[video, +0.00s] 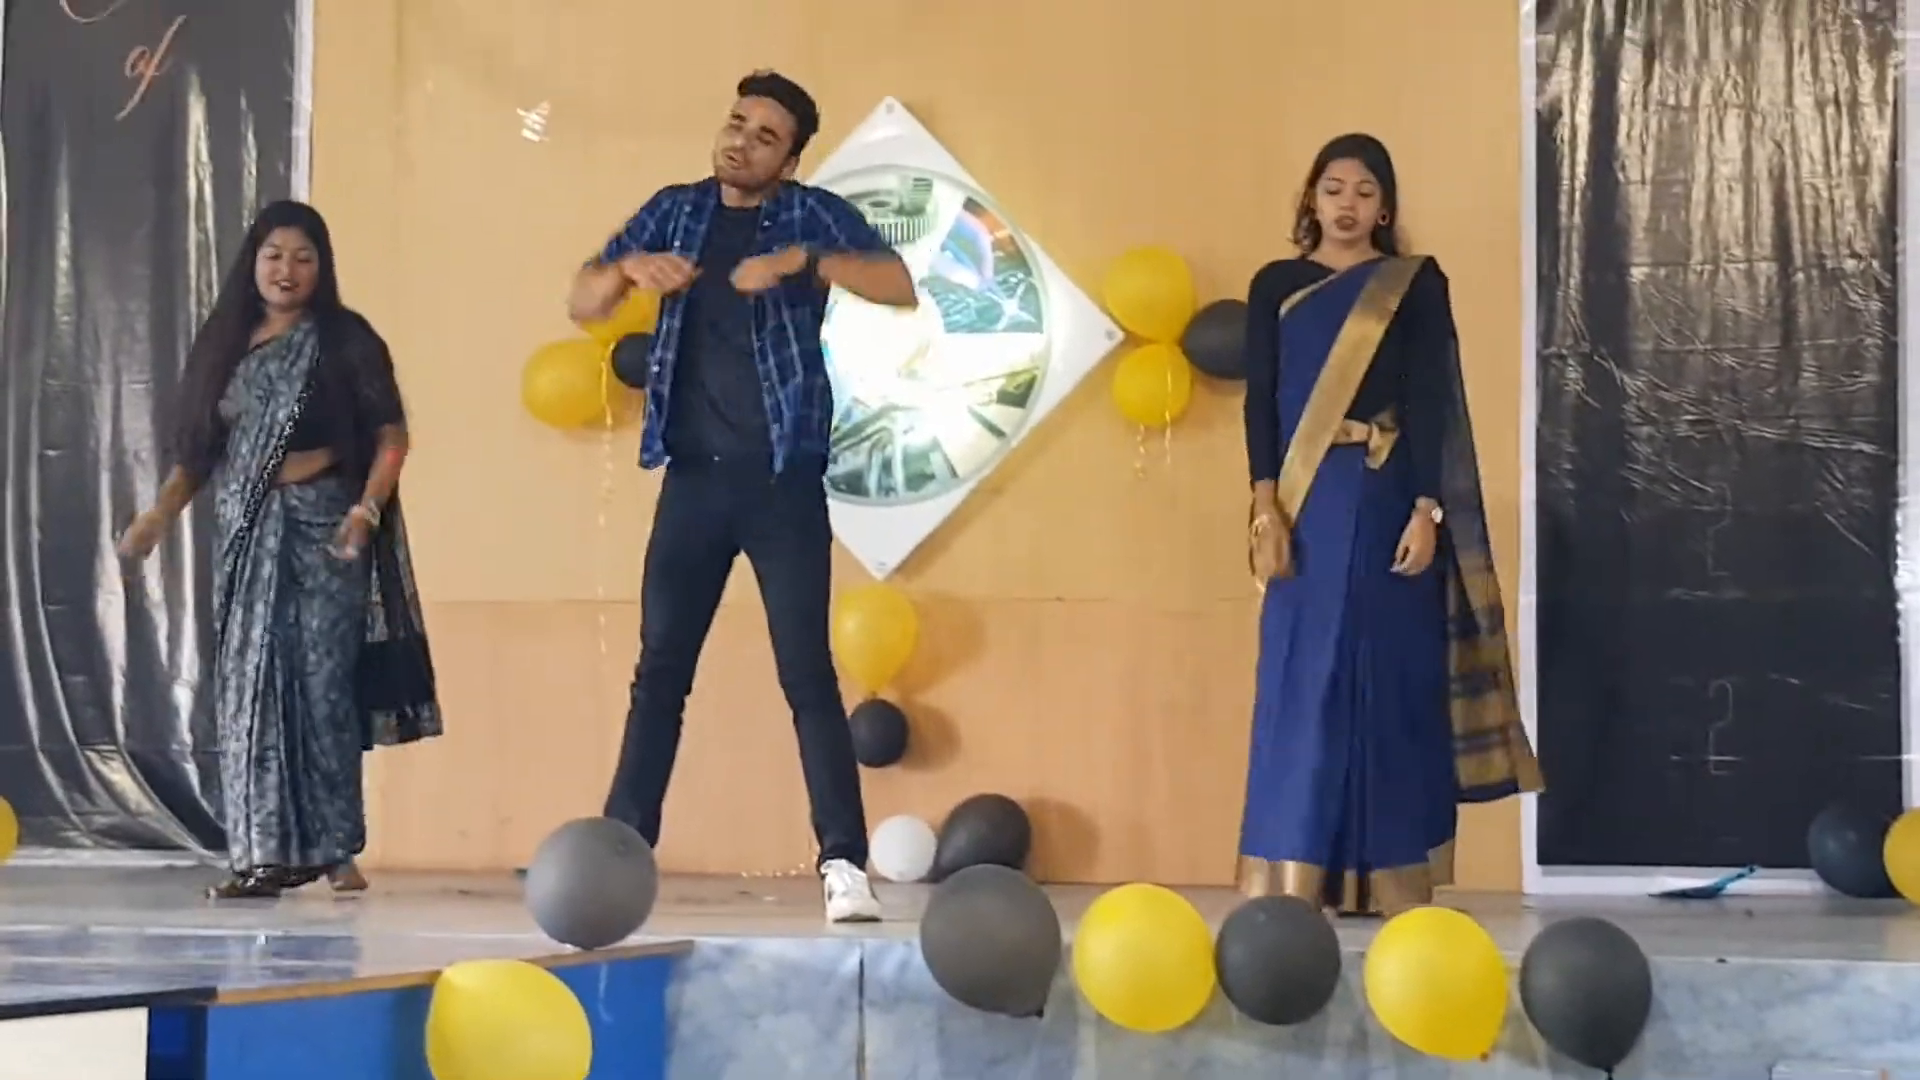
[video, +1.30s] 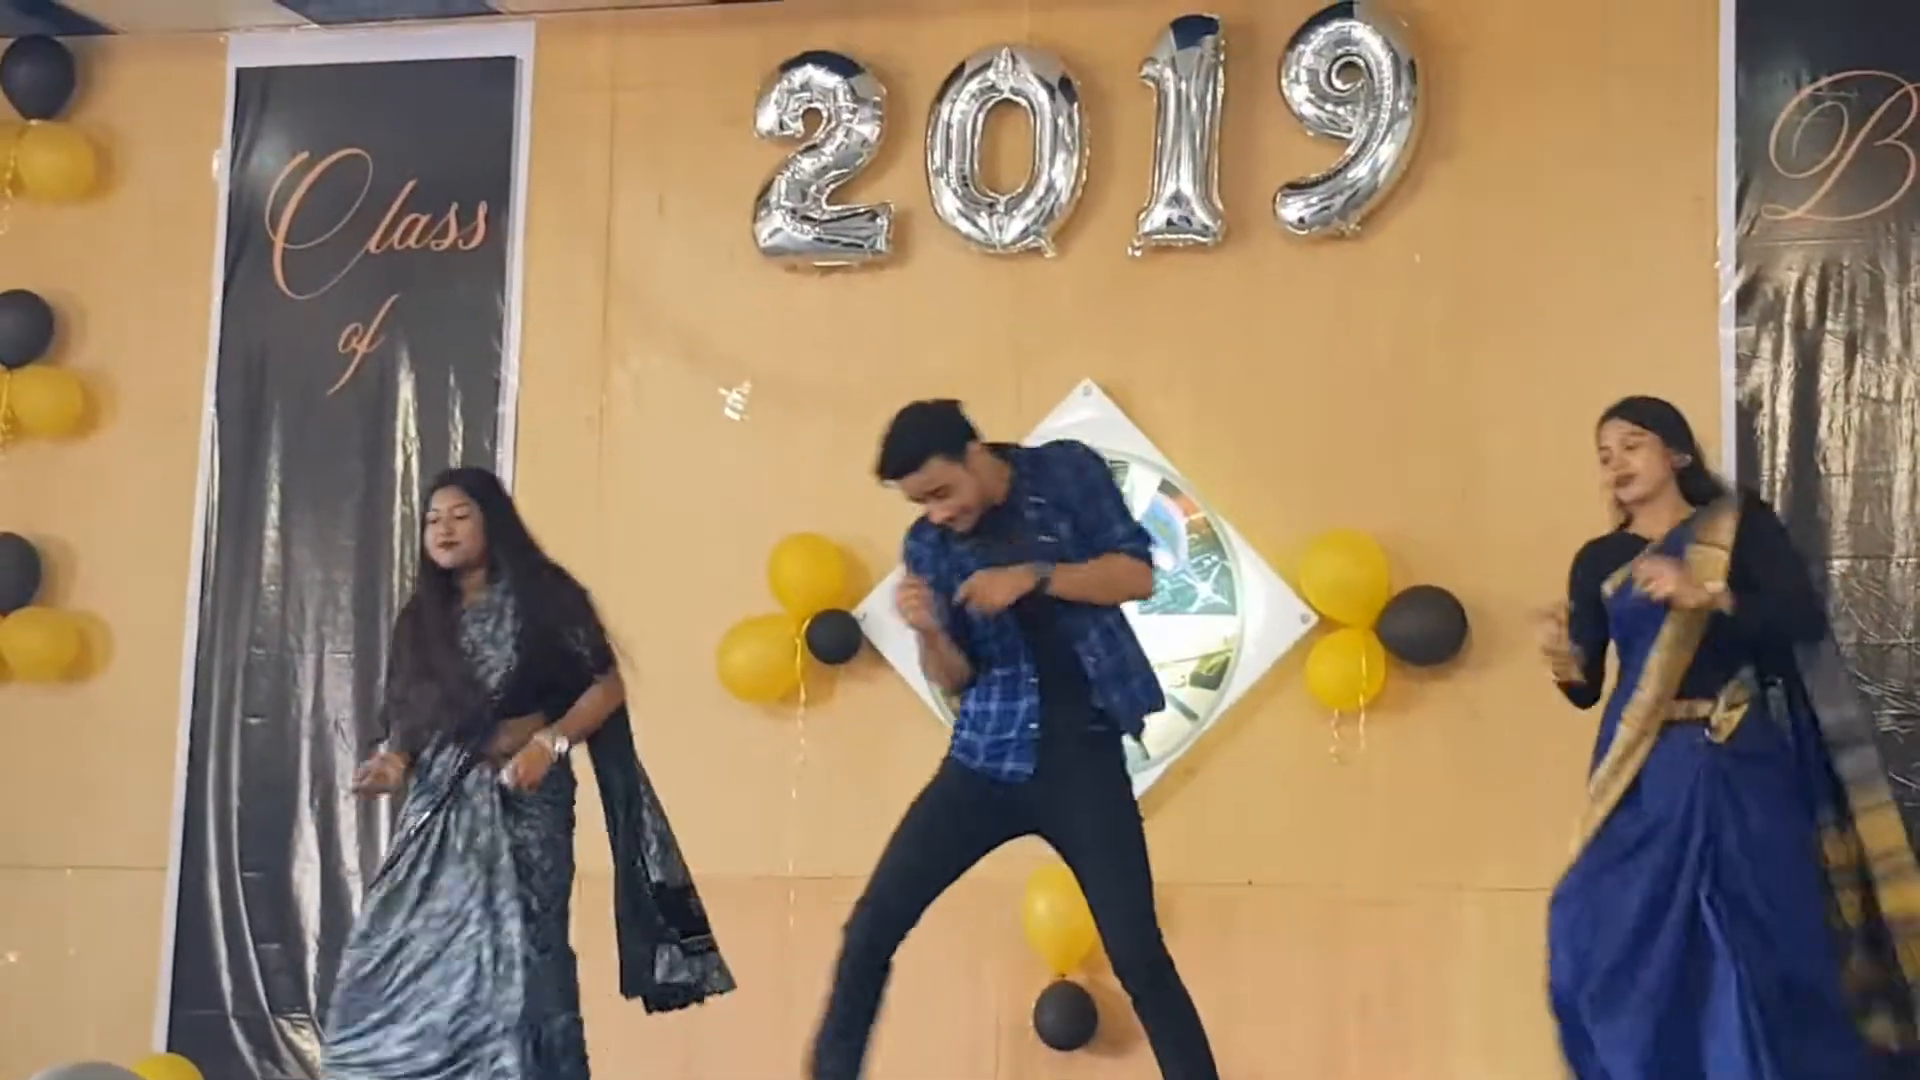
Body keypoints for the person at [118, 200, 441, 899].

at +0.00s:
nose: (287, 269)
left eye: (302, 258)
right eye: (274, 255)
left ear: (322, 268)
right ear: (253, 264)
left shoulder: (349, 339)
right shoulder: (228, 343)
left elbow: (391, 435)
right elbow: (202, 446)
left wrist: (367, 506)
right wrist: (161, 513)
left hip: (327, 529)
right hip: (250, 530)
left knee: (324, 685)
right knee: (253, 682)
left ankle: (334, 849)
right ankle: (266, 854)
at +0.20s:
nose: (326, 350)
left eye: (341, 339)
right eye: (314, 335)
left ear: (356, 346)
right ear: (288, 337)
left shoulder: (376, 415)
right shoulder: (255, 408)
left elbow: (401, 513)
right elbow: (215, 483)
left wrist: (381, 583)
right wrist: (222, 543)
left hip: (351, 605)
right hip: (271, 603)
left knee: (344, 760)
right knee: (265, 757)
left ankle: (346, 920)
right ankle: (267, 918)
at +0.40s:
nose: (425, 395)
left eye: (440, 384)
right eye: (414, 380)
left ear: (457, 393)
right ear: (387, 381)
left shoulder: (470, 464)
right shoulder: (345, 445)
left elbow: (482, 553)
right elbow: (288, 524)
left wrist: (467, 613)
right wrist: (318, 553)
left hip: (429, 646)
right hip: (350, 644)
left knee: (440, 786)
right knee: (351, 793)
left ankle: (458, 941)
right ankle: (353, 958)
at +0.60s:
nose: (500, 422)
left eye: (515, 410)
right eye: (487, 409)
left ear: (535, 422)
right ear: (466, 418)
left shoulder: (553, 506)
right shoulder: (426, 489)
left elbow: (559, 604)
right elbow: (378, 567)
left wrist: (540, 658)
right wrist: (389, 614)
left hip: (503, 686)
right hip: (420, 680)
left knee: (514, 833)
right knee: (411, 827)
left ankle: (536, 993)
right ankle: (408, 985)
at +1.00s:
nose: (544, 474)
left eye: (559, 460)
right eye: (530, 463)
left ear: (583, 469)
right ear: (513, 475)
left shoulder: (619, 553)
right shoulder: (479, 549)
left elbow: (647, 660)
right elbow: (432, 647)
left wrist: (603, 621)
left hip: (577, 746)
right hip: (487, 748)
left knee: (571, 914)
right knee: (485, 911)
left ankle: (569, 1062)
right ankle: (482, 1062)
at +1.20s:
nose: (481, 521)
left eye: (497, 506)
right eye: (470, 509)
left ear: (530, 512)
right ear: (459, 521)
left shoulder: (589, 587)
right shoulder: (451, 602)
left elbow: (632, 682)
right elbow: (428, 697)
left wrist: (568, 711)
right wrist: (420, 751)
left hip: (550, 797)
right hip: (464, 797)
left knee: (543, 954)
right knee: (427, 945)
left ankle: (539, 1069)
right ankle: (455, 1068)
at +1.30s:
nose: (445, 530)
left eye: (460, 516)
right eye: (434, 520)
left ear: (494, 522)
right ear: (423, 534)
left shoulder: (545, 592)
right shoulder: (420, 618)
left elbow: (609, 686)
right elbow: (404, 718)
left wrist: (551, 740)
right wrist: (394, 763)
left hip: (522, 803)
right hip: (437, 808)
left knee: (519, 966)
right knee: (418, 962)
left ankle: (516, 1068)